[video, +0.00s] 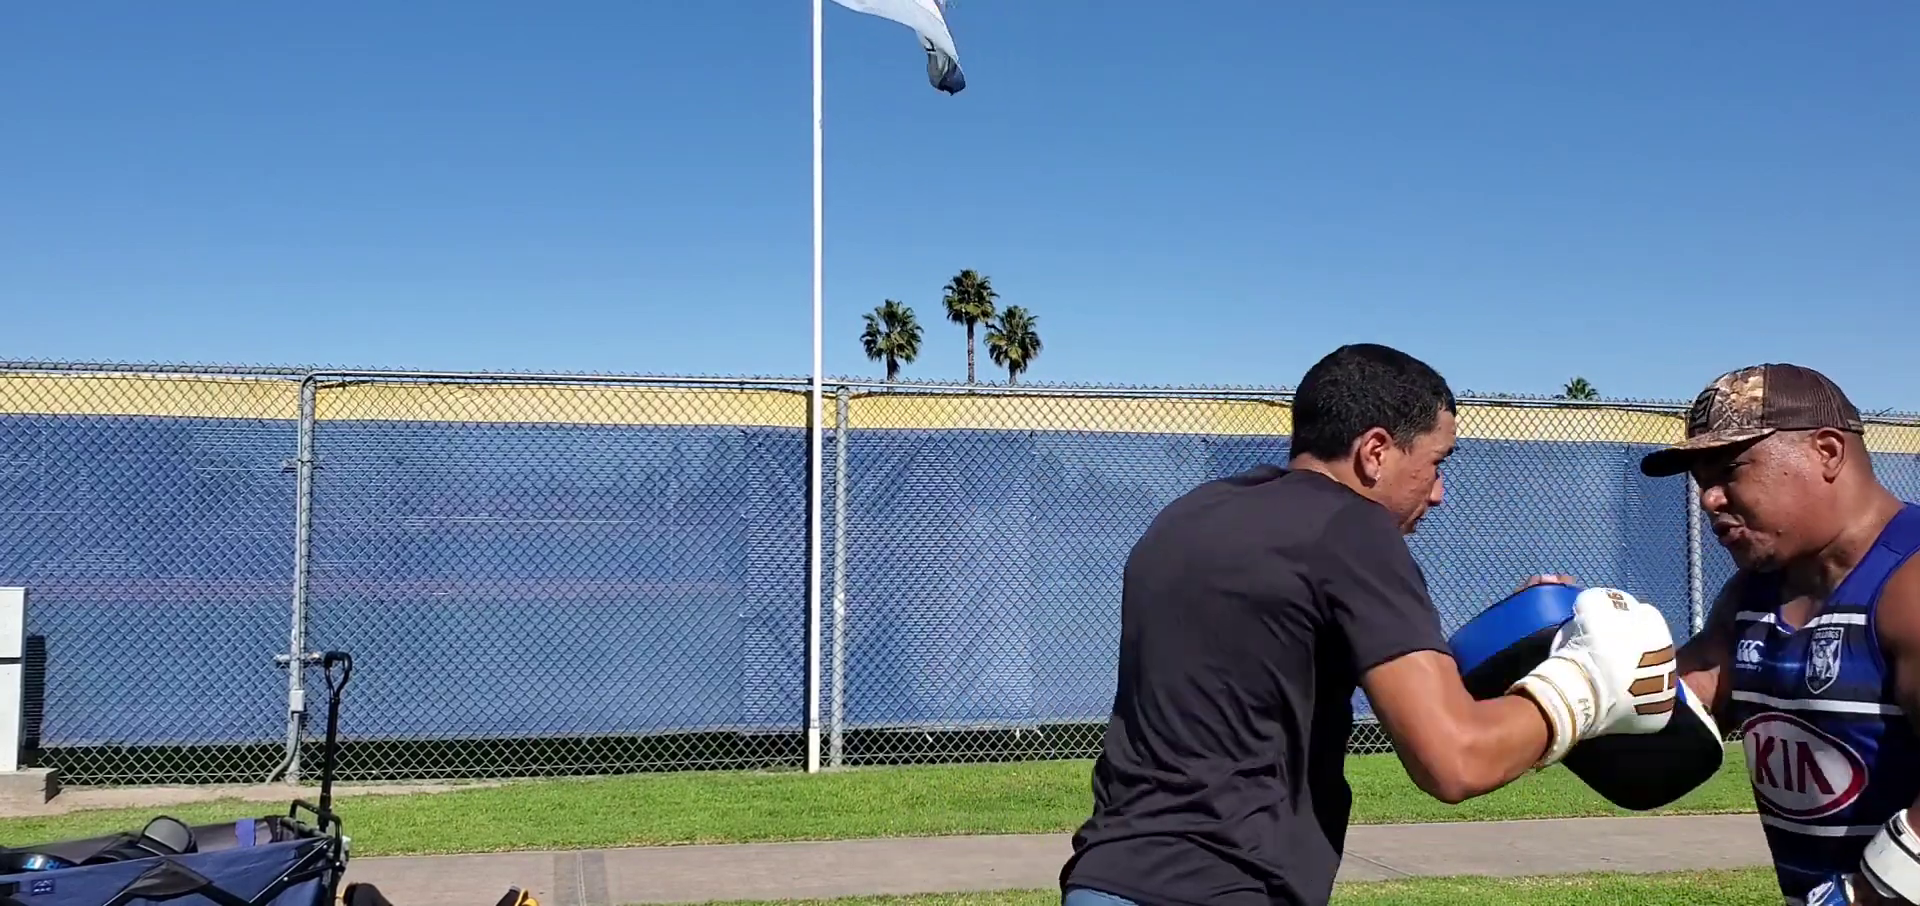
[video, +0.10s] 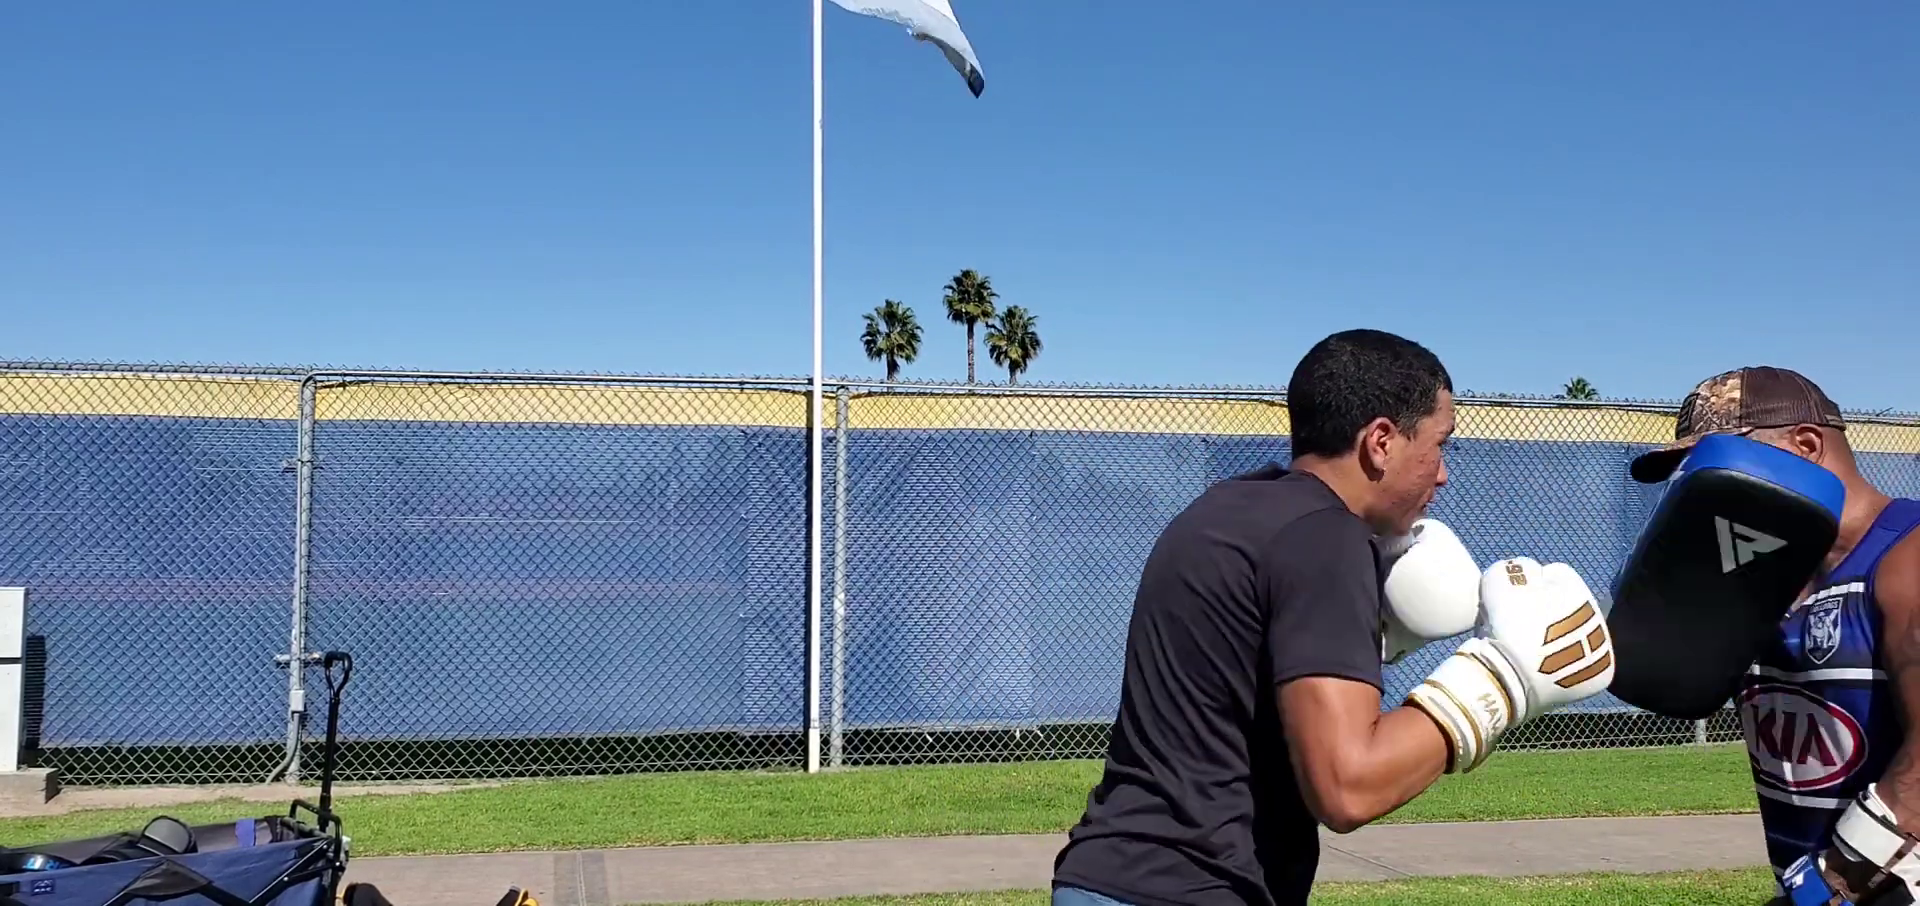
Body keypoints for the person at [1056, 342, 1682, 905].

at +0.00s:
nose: (1437, 495)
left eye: (1443, 470)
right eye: (1436, 466)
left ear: (1310, 443)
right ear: (1373, 451)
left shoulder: (1183, 519)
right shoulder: (1347, 530)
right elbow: (1457, 759)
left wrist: (1457, 668)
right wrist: (1586, 682)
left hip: (1106, 871)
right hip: (1231, 882)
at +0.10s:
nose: (1443, 475)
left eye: (1447, 449)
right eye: (1439, 447)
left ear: (1377, 444)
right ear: (1379, 444)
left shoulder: (1220, 511)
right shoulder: (1319, 534)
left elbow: (1248, 714)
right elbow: (1348, 785)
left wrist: (1383, 631)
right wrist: (1500, 677)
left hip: (1106, 876)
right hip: (1197, 887)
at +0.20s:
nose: (1447, 478)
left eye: (1451, 453)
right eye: (1444, 451)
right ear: (1384, 451)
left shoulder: (1240, 515)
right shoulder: (1288, 551)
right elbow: (1300, 810)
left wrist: (1365, 678)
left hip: (1103, 877)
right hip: (1153, 889)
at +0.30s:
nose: (1447, 496)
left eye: (1447, 470)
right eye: (1440, 470)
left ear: (1381, 472)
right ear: (1378, 471)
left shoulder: (1299, 556)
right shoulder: (1250, 565)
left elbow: (1289, 746)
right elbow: (1281, 827)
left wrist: (1406, 675)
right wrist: (1443, 728)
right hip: (1130, 890)